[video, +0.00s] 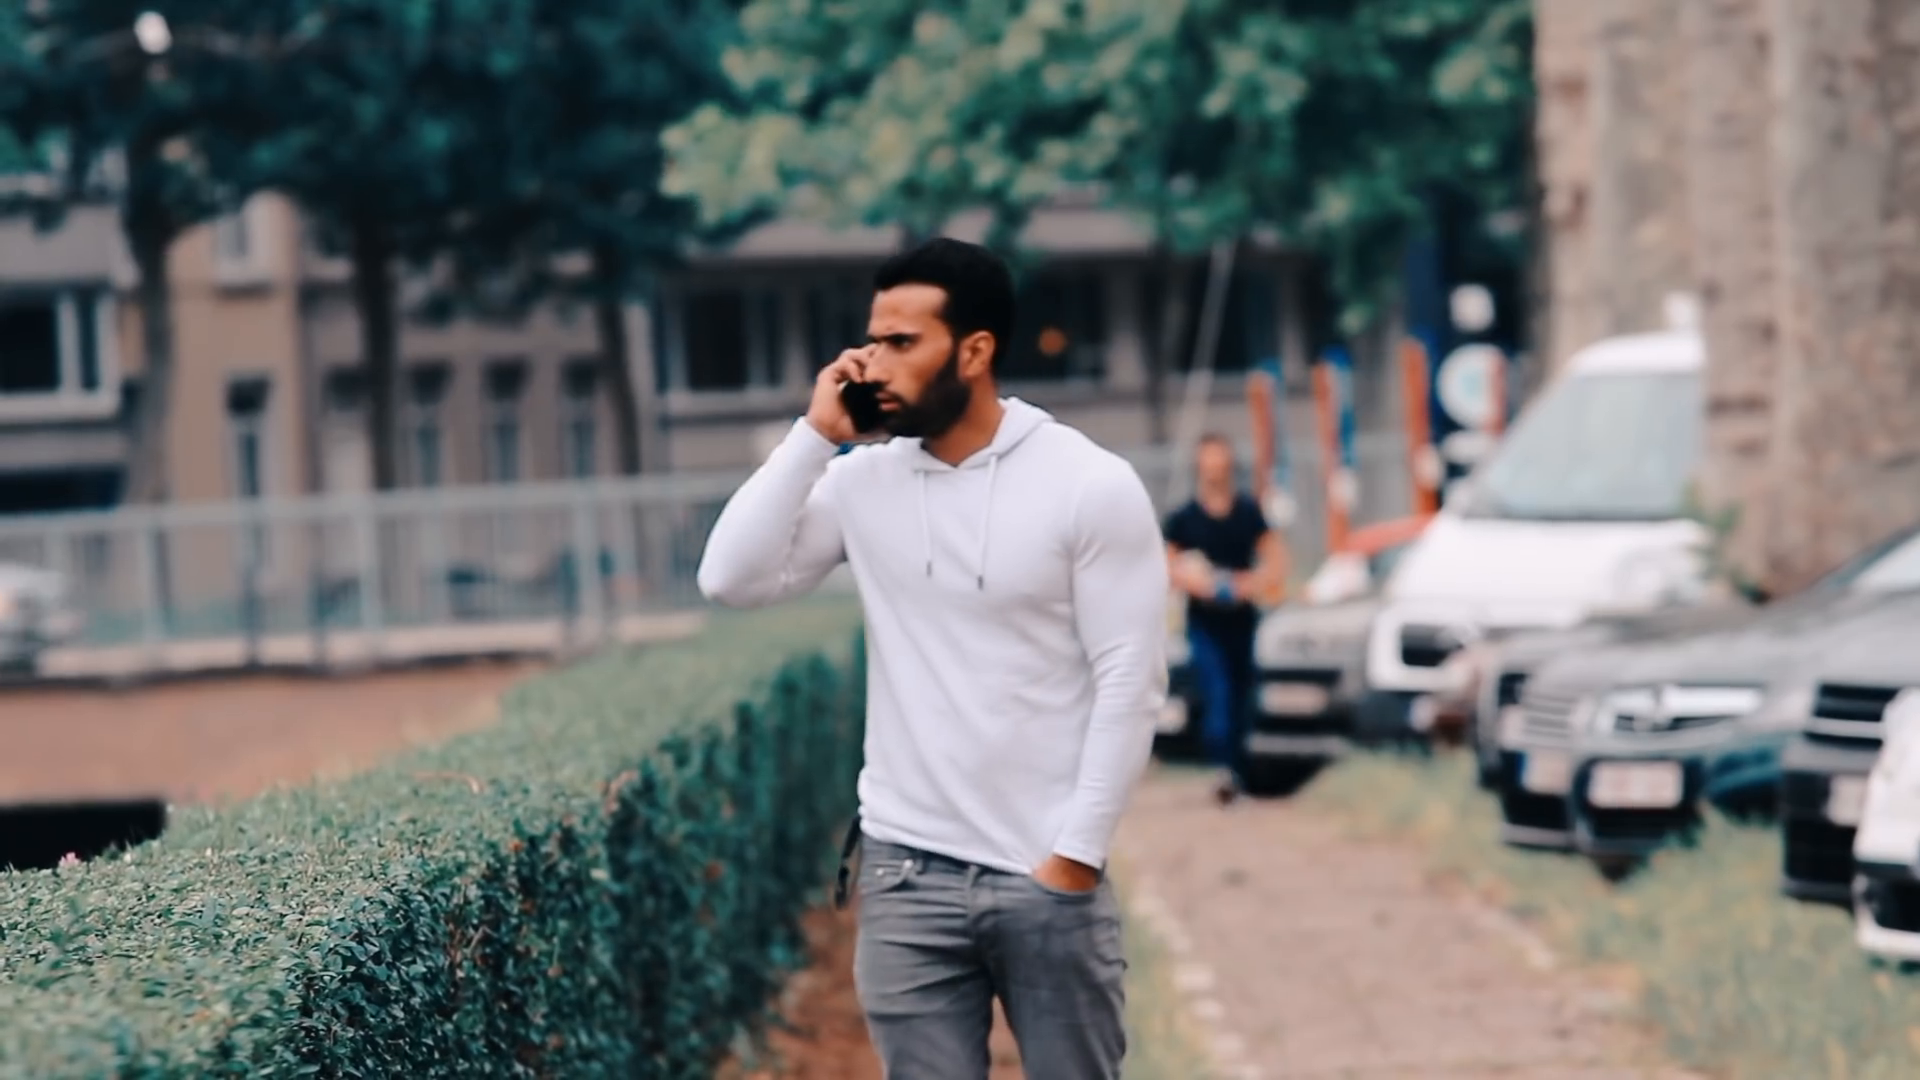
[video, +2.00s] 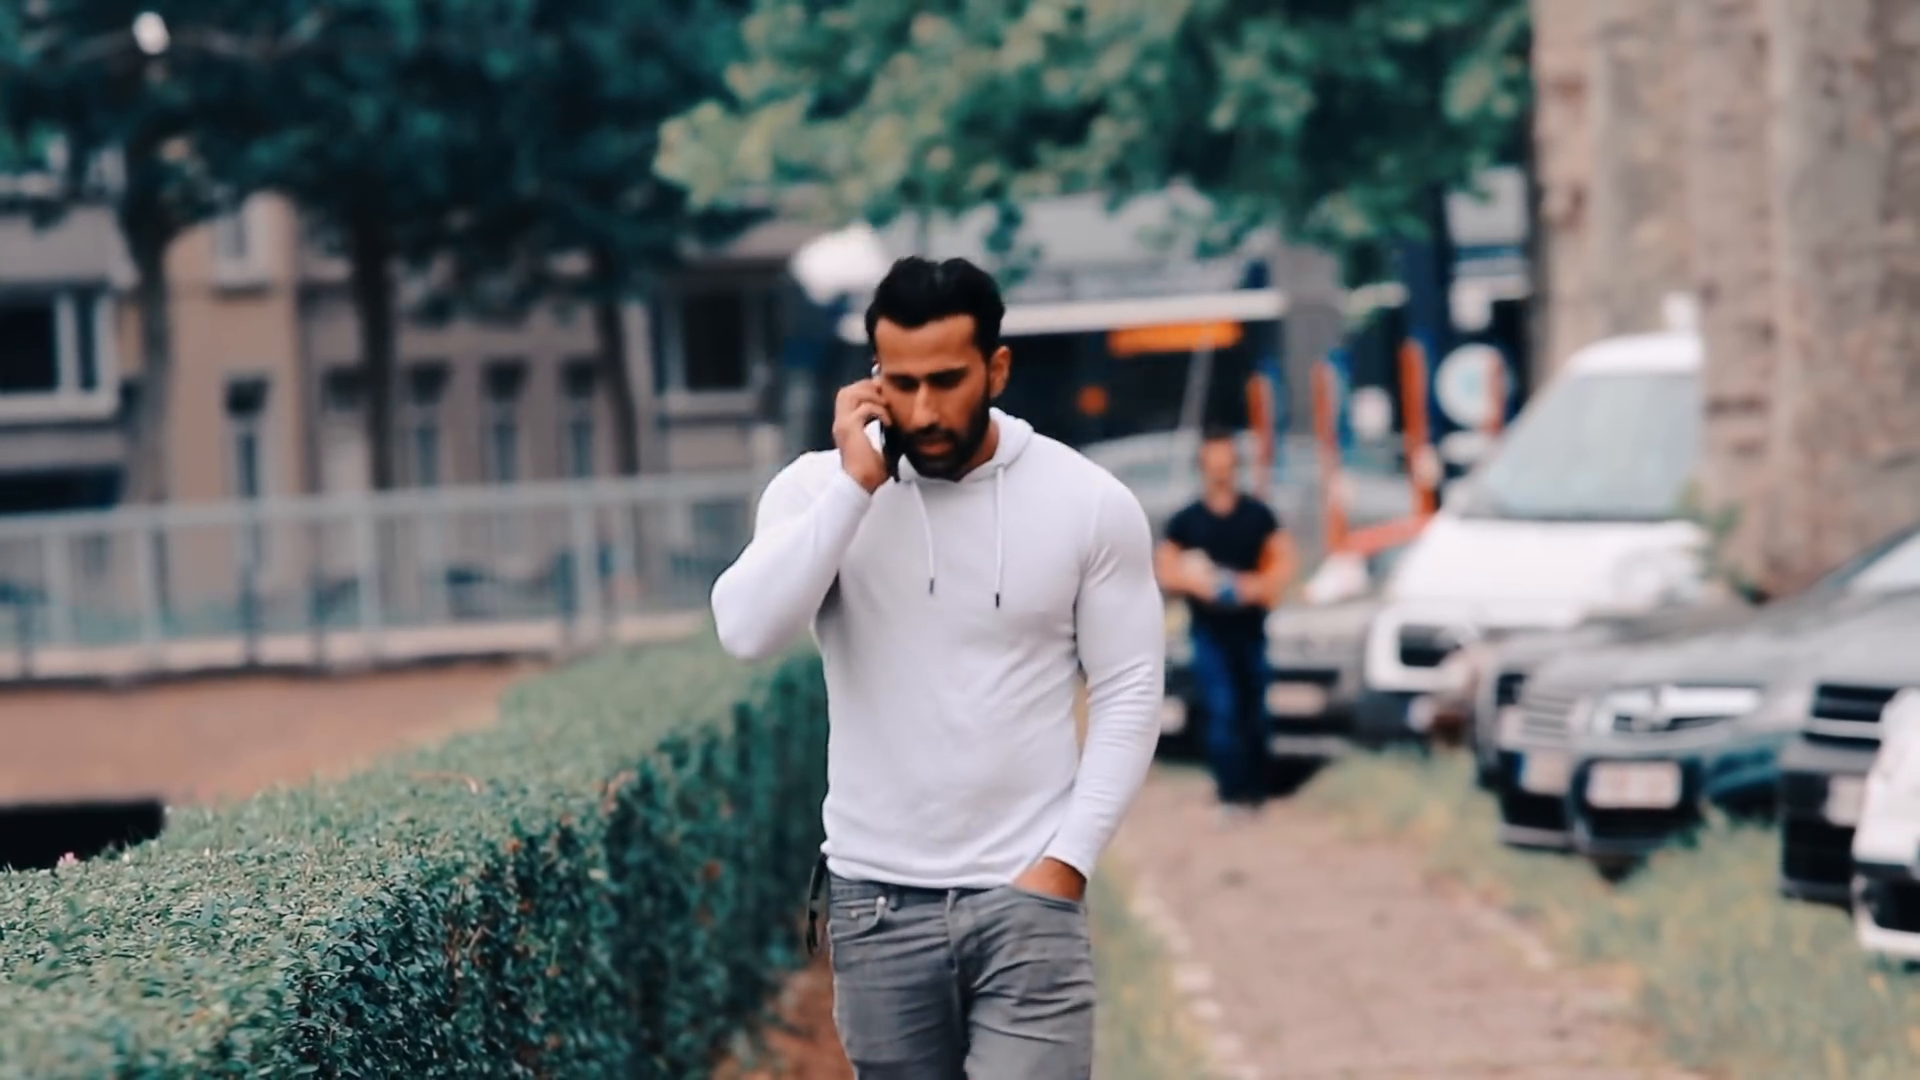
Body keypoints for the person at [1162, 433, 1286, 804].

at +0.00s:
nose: (1215, 472)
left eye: (1221, 464)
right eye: (1209, 464)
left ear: (1231, 466)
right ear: (1198, 467)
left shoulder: (1248, 512)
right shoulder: (1185, 519)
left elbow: (1275, 557)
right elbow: (1169, 564)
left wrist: (1254, 582)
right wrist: (1195, 583)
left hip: (1240, 609)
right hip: (1205, 611)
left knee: (1240, 687)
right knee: (1217, 688)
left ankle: (1236, 763)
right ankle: (1223, 768)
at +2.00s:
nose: (1221, 471)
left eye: (1227, 463)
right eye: (1214, 463)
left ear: (1236, 465)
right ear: (1202, 466)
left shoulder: (1257, 515)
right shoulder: (1187, 521)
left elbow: (1283, 559)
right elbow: (1166, 569)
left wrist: (1259, 586)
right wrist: (1200, 582)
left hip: (1249, 622)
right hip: (1209, 624)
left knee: (1252, 704)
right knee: (1222, 705)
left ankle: (1255, 787)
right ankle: (1231, 790)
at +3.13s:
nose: (1232, 456)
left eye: (1239, 448)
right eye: (1224, 449)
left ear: (1250, 451)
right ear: (1212, 452)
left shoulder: (1272, 503)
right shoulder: (1200, 504)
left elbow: (1296, 554)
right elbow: (1169, 558)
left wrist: (1265, 578)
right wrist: (1212, 572)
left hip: (1257, 616)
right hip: (1214, 618)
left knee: (1261, 697)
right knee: (1222, 703)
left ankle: (1268, 781)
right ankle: (1237, 785)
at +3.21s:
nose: (1234, 457)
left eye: (1241, 450)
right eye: (1226, 450)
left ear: (1252, 454)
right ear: (1214, 453)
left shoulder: (1270, 505)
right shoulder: (1199, 505)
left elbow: (1297, 556)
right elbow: (1167, 561)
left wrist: (1268, 580)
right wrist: (1212, 576)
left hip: (1257, 619)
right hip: (1215, 621)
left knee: (1260, 701)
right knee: (1223, 709)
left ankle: (1270, 785)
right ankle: (1237, 788)